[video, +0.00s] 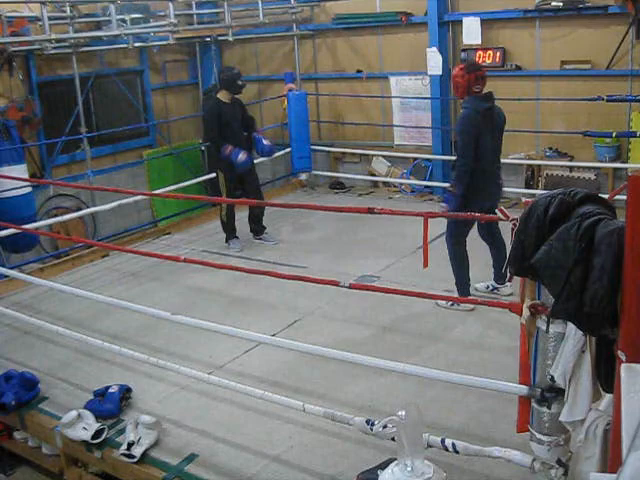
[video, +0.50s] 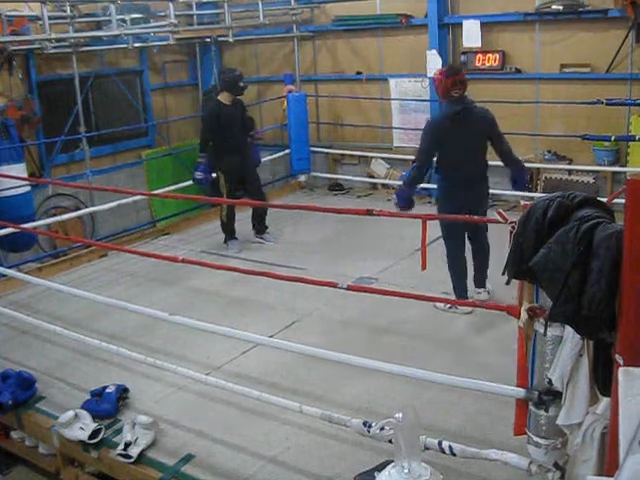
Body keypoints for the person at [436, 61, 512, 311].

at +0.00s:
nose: (453, 88)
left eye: (456, 83)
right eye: (454, 83)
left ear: (466, 85)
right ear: (479, 84)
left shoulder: (468, 117)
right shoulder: (496, 113)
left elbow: (465, 161)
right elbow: (493, 156)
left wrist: (455, 194)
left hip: (471, 191)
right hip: (492, 188)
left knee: (454, 238)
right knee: (489, 230)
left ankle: (463, 296)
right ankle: (501, 282)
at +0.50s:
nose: (437, 92)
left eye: (438, 89)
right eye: (456, 87)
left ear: (441, 92)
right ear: (464, 88)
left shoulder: (437, 123)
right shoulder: (483, 116)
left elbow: (422, 164)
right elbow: (503, 148)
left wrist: (405, 190)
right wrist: (518, 171)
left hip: (449, 194)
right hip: (478, 191)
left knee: (454, 245)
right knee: (478, 236)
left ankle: (462, 299)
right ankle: (481, 286)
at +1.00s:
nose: (425, 95)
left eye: (427, 90)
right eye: (425, 89)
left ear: (438, 91)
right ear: (452, 90)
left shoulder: (437, 123)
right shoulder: (473, 117)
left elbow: (426, 164)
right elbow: (475, 154)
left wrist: (413, 193)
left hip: (444, 193)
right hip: (468, 190)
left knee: (448, 244)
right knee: (464, 236)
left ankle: (460, 299)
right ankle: (468, 283)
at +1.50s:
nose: (398, 98)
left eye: (402, 93)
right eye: (399, 93)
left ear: (412, 96)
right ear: (421, 95)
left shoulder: (412, 125)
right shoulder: (434, 119)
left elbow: (405, 166)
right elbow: (447, 154)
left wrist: (392, 198)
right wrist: (449, 188)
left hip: (420, 192)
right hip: (435, 190)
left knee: (433, 245)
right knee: (416, 238)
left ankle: (458, 298)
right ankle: (398, 280)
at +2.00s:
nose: (351, 100)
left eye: (353, 96)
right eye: (352, 96)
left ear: (359, 97)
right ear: (378, 95)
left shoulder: (356, 124)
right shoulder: (397, 117)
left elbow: (350, 160)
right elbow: (397, 149)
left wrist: (342, 186)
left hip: (372, 185)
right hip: (398, 183)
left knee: (356, 227)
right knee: (400, 230)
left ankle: (361, 276)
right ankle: (398, 280)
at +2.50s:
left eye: (307, 92)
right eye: (324, 92)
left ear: (303, 94)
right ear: (325, 94)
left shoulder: (295, 121)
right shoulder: (338, 117)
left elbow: (292, 151)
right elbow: (349, 149)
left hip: (308, 180)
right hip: (335, 179)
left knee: (310, 227)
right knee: (345, 223)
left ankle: (316, 275)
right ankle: (339, 274)